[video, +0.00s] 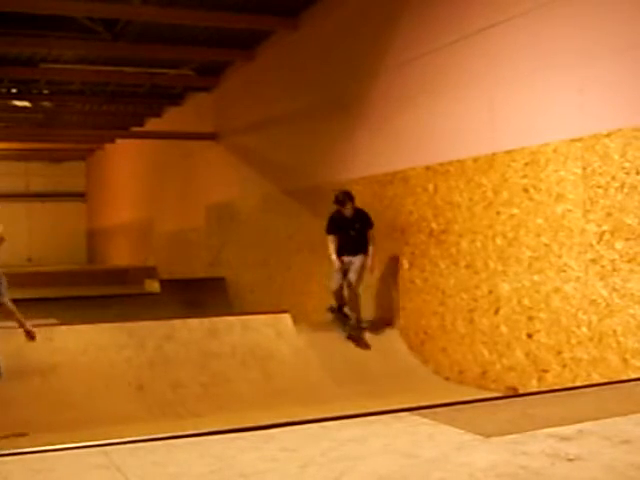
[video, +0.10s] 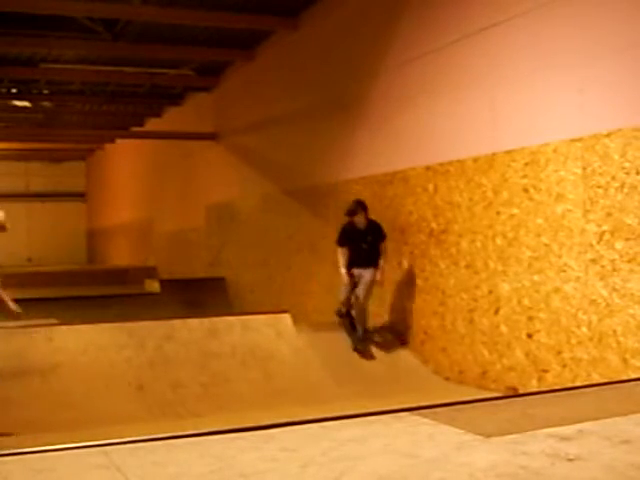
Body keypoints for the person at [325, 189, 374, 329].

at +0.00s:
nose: (348, 210)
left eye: (349, 206)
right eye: (344, 208)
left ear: (353, 204)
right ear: (339, 207)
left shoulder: (362, 216)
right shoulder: (335, 218)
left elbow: (370, 238)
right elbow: (331, 239)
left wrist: (370, 258)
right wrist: (334, 258)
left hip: (359, 255)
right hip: (342, 255)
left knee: (352, 285)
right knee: (335, 286)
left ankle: (356, 319)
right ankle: (339, 306)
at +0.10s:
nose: (358, 219)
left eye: (360, 215)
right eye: (355, 216)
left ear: (365, 214)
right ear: (351, 216)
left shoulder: (375, 228)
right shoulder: (347, 229)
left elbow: (382, 250)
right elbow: (342, 251)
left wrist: (380, 270)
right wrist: (343, 271)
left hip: (369, 267)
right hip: (352, 267)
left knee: (361, 299)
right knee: (345, 296)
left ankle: (361, 330)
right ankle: (343, 310)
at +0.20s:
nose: (372, 228)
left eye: (375, 224)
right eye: (370, 224)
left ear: (381, 224)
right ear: (365, 225)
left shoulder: (390, 240)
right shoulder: (360, 240)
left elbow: (396, 264)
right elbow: (354, 262)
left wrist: (393, 284)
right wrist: (354, 283)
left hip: (382, 283)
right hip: (364, 282)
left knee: (371, 316)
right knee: (356, 312)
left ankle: (374, 349)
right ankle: (353, 331)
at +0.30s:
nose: (390, 233)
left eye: (393, 229)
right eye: (387, 229)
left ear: (397, 230)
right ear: (382, 230)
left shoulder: (406, 248)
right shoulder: (375, 247)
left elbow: (411, 274)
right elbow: (370, 271)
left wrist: (409, 296)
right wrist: (368, 295)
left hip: (397, 294)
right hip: (379, 294)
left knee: (391, 330)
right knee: (373, 331)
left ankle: (393, 364)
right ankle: (379, 357)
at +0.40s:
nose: (408, 233)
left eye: (411, 230)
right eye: (405, 229)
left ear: (416, 230)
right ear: (400, 230)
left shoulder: (423, 248)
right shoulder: (391, 249)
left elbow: (430, 274)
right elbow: (385, 274)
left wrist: (429, 297)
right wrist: (387, 298)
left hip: (416, 296)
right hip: (397, 297)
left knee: (415, 336)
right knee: (396, 337)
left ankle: (418, 372)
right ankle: (402, 369)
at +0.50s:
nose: (430, 229)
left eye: (432, 225)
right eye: (426, 225)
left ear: (435, 225)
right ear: (419, 226)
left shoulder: (442, 244)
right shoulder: (409, 247)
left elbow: (447, 271)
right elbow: (404, 275)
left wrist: (449, 294)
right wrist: (406, 299)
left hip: (437, 296)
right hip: (417, 298)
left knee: (435, 339)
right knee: (417, 342)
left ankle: (439, 376)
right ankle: (424, 374)